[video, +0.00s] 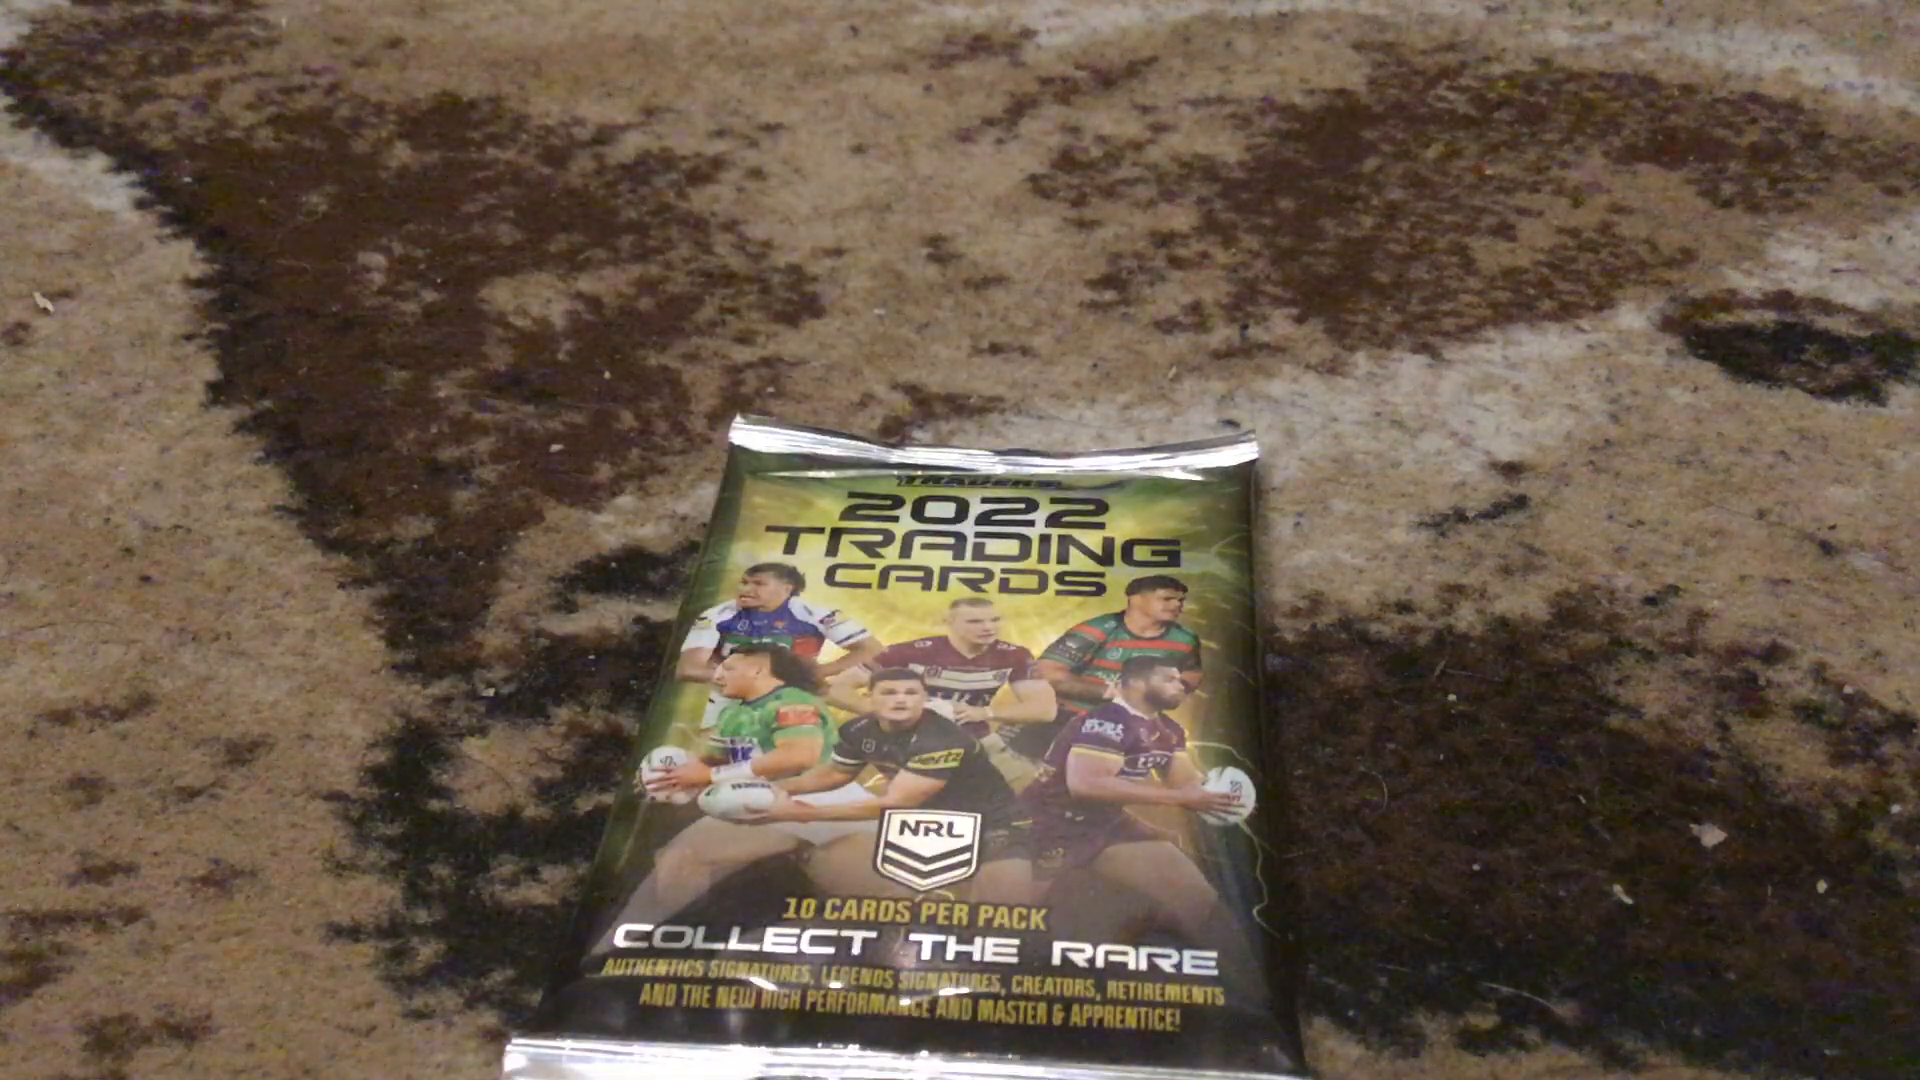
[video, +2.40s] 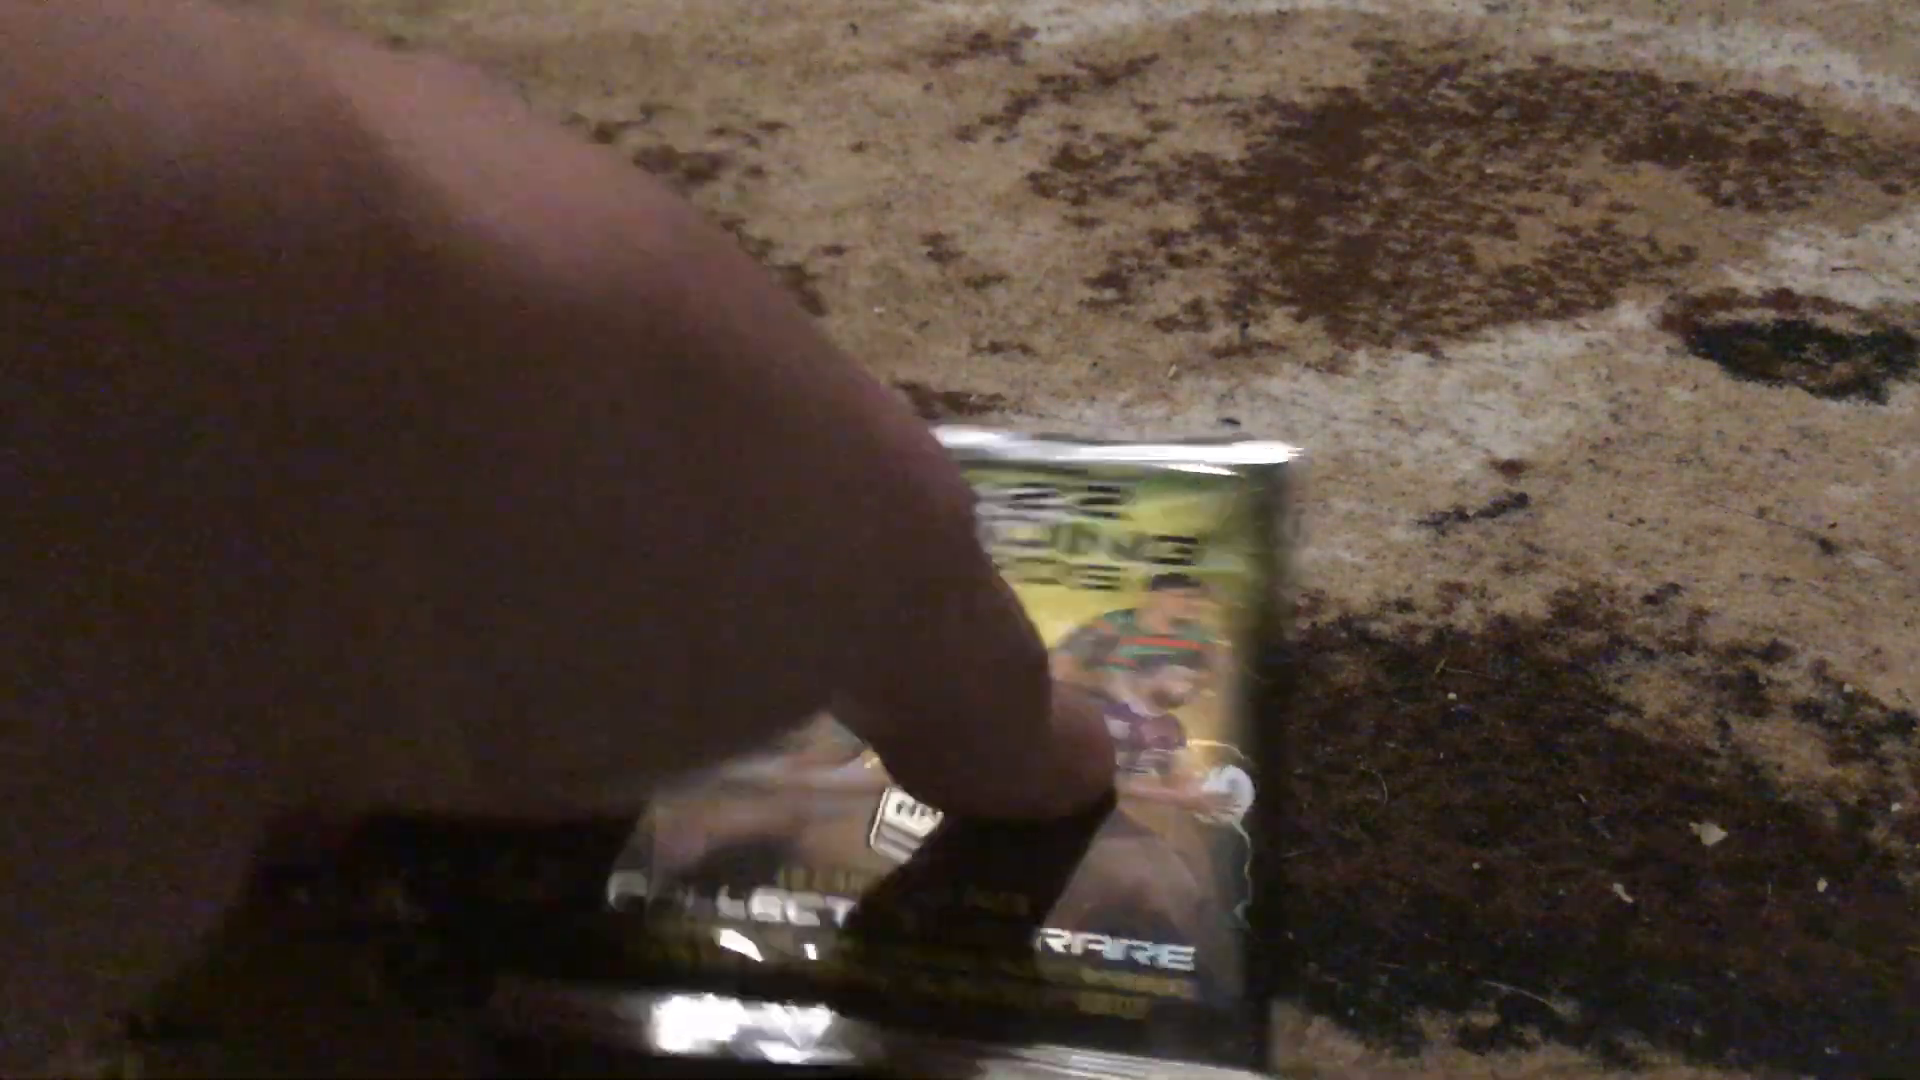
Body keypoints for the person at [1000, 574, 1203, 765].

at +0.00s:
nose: (1177, 606)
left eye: (1179, 601)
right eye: (1167, 599)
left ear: (1182, 603)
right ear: (1136, 599)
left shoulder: (1186, 641)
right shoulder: (1098, 630)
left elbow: (1192, 678)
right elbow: (1045, 671)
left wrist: (1151, 696)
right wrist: (1105, 691)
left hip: (1142, 728)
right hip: (1083, 725)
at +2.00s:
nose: (1176, 604)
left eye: (1179, 599)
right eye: (1167, 597)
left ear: (1182, 604)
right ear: (1135, 597)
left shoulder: (1186, 639)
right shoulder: (1099, 628)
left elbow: (1193, 674)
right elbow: (1044, 669)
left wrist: (1157, 693)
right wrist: (1106, 691)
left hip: (1143, 727)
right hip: (1082, 723)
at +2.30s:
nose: (1175, 606)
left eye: (1178, 600)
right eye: (1166, 598)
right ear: (1136, 597)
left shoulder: (1183, 641)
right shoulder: (1094, 631)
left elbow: (1189, 679)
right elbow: (1044, 672)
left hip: (1148, 733)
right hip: (1092, 731)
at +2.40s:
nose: (1188, 605)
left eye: (1191, 598)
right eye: (1180, 596)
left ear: (1194, 600)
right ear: (1156, 596)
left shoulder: (1196, 639)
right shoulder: (1112, 626)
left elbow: (1215, 678)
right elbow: (1060, 665)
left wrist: (1185, 686)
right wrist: (1108, 683)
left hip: (1162, 728)